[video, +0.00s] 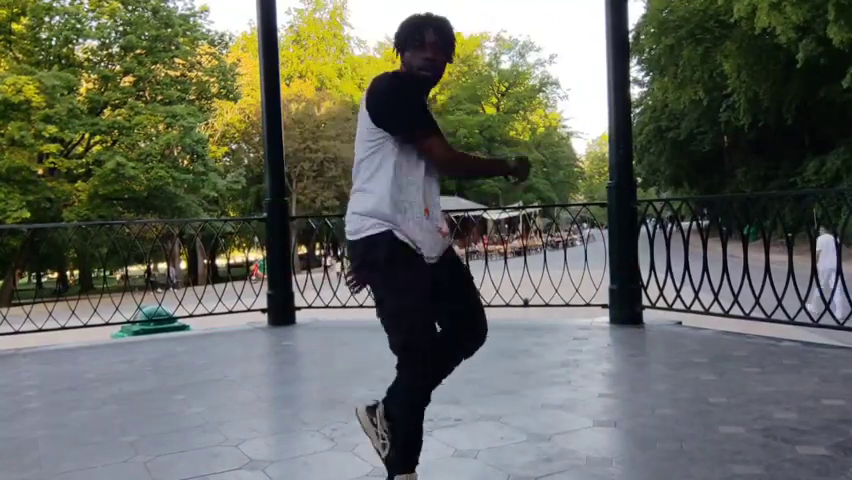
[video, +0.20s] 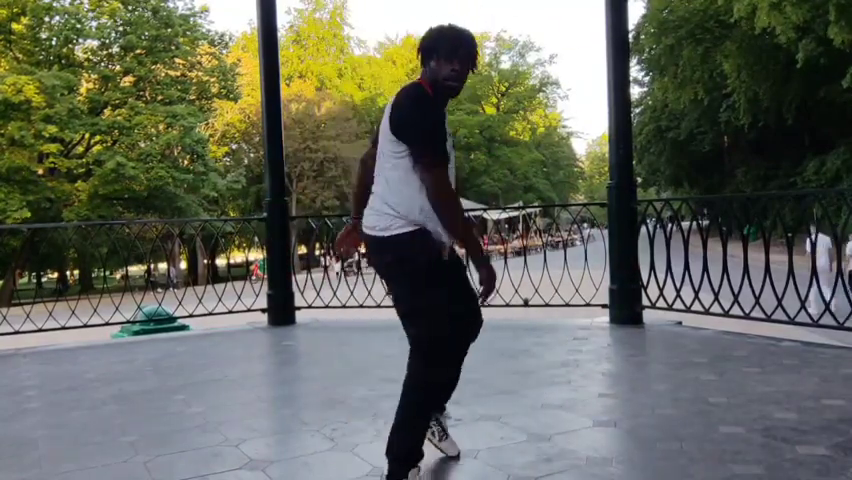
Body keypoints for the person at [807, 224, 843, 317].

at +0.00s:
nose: (819, 231)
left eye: (820, 229)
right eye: (820, 229)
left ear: (822, 230)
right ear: (829, 229)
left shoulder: (820, 239)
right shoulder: (835, 238)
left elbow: (817, 253)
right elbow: (838, 252)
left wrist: (814, 264)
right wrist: (837, 264)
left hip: (823, 266)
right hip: (835, 266)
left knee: (819, 287)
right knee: (837, 288)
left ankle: (814, 307)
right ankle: (839, 313)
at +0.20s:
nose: (811, 230)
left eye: (811, 228)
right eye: (811, 228)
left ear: (811, 229)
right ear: (818, 228)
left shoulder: (809, 240)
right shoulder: (826, 238)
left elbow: (809, 254)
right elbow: (830, 253)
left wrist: (811, 267)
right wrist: (830, 265)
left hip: (815, 266)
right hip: (825, 266)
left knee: (813, 287)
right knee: (825, 285)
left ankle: (813, 308)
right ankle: (831, 300)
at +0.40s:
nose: (808, 229)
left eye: (807, 228)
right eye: (811, 227)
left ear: (805, 228)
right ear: (815, 227)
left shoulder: (803, 238)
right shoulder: (820, 237)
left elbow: (800, 251)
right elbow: (823, 249)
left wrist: (799, 261)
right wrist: (825, 262)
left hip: (807, 263)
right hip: (817, 262)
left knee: (809, 285)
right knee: (815, 284)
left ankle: (813, 307)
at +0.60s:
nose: (800, 230)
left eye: (800, 229)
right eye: (801, 229)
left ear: (800, 230)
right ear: (808, 229)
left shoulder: (798, 239)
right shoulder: (814, 238)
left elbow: (796, 253)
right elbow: (818, 252)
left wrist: (795, 265)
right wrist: (819, 263)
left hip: (803, 264)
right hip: (813, 264)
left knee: (807, 286)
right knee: (811, 285)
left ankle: (813, 307)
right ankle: (805, 300)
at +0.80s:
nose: (796, 230)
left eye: (796, 229)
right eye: (797, 229)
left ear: (797, 229)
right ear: (804, 229)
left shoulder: (796, 236)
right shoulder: (807, 236)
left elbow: (794, 248)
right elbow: (810, 249)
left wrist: (793, 258)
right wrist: (812, 258)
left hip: (799, 260)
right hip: (807, 259)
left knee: (799, 280)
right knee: (806, 279)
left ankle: (802, 298)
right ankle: (804, 295)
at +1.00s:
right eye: (806, 228)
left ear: (796, 227)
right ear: (804, 228)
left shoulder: (791, 236)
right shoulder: (806, 236)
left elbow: (787, 248)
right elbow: (808, 249)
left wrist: (788, 260)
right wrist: (809, 258)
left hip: (793, 260)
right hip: (804, 260)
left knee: (791, 282)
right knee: (803, 282)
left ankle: (791, 302)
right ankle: (802, 301)